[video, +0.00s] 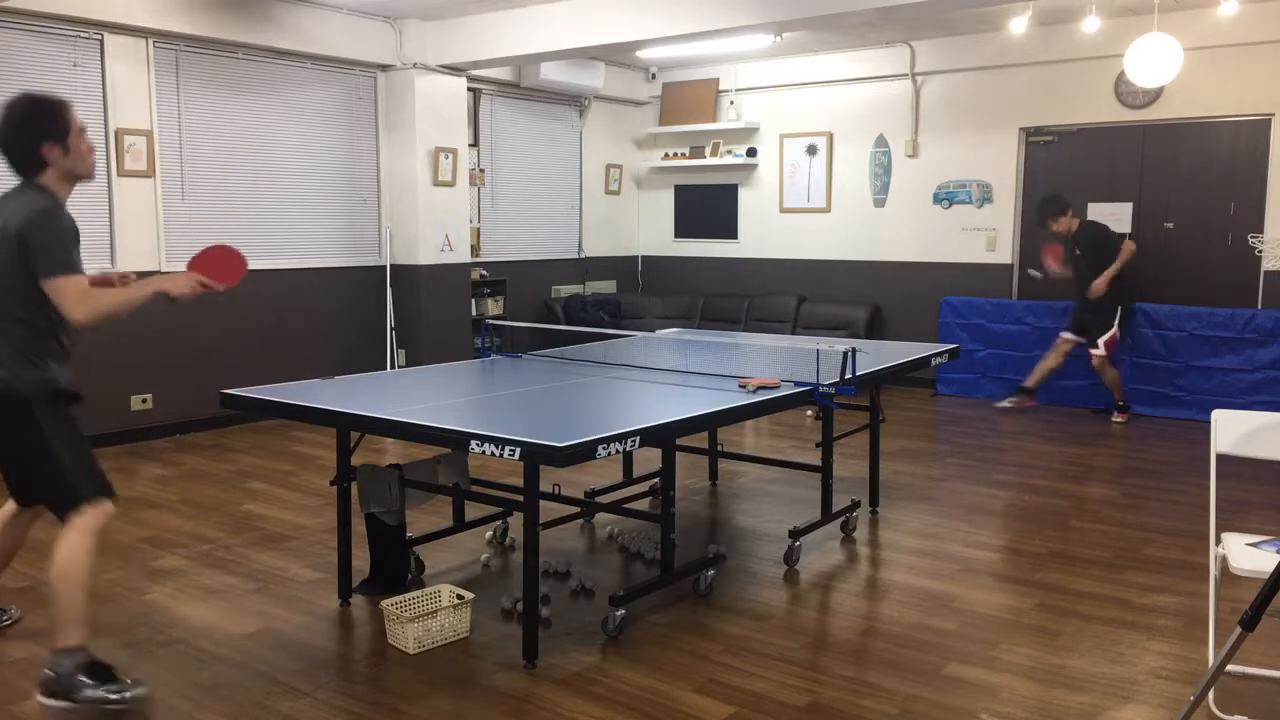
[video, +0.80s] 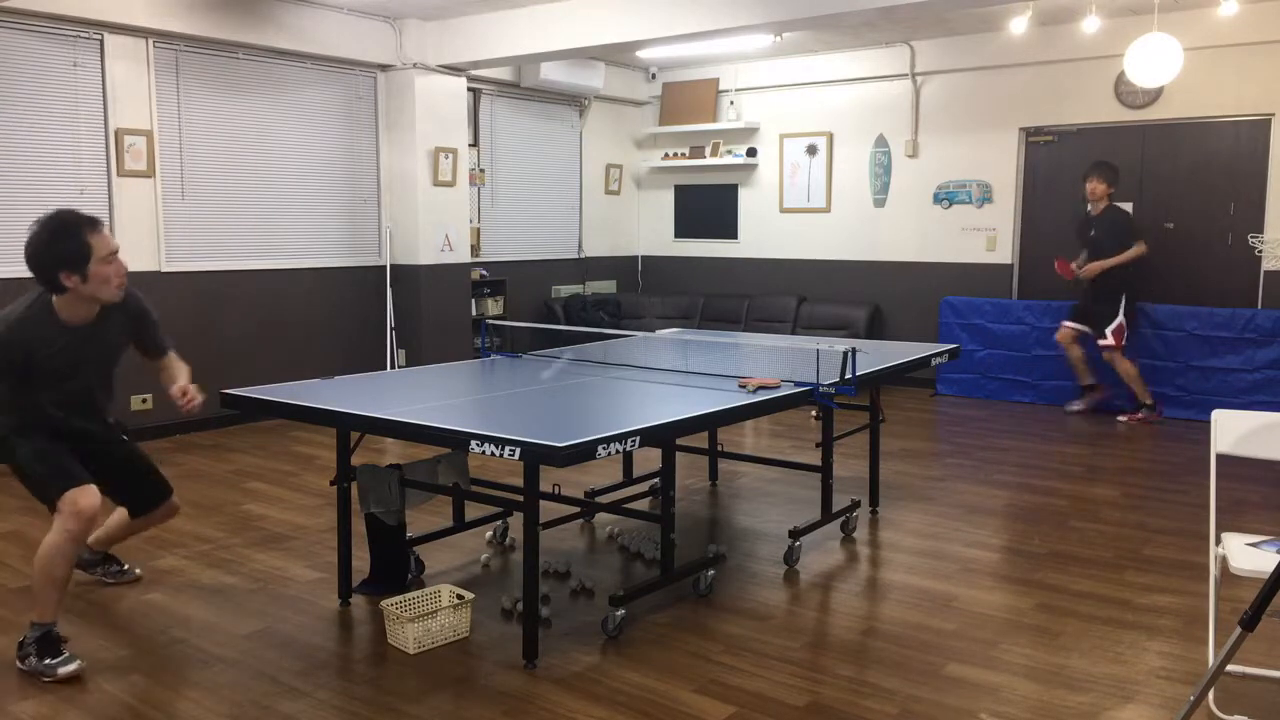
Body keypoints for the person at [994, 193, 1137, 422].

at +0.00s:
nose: (1055, 230)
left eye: (1055, 224)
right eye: (1051, 227)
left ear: (1065, 215)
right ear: (1053, 224)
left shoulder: (1093, 230)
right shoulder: (1071, 240)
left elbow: (1129, 247)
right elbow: (1082, 269)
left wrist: (1106, 277)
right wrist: (1059, 271)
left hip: (1111, 303)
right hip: (1088, 302)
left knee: (1099, 360)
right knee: (1061, 346)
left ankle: (1122, 405)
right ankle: (1025, 392)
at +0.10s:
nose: (1049, 231)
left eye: (1049, 225)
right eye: (1045, 228)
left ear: (1062, 215)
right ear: (1059, 218)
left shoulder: (1084, 228)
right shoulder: (1076, 237)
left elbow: (1120, 236)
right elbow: (1096, 278)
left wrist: (1118, 274)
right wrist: (1094, 312)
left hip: (1123, 292)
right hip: (1106, 296)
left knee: (1114, 348)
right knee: (1098, 346)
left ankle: (1130, 404)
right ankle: (1079, 398)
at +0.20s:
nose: (1046, 224)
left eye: (1049, 218)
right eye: (1043, 221)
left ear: (1065, 214)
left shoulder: (1080, 230)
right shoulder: (1077, 240)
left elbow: (1116, 230)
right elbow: (1109, 275)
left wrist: (1131, 261)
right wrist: (1102, 313)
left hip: (1140, 284)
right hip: (1129, 287)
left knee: (1136, 345)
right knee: (1131, 344)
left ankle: (1148, 408)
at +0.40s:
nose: (1064, 210)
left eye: (1068, 204)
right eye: (1062, 206)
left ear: (1085, 205)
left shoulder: (1090, 225)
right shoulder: (1094, 228)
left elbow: (1115, 238)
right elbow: (1117, 270)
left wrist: (1130, 270)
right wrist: (1101, 297)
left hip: (1136, 291)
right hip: (1133, 292)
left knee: (1137, 348)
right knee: (1135, 348)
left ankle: (1147, 410)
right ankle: (1139, 404)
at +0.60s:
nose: (1082, 190)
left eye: (1087, 184)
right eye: (1081, 185)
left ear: (1103, 188)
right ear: (1092, 189)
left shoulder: (1108, 212)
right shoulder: (1100, 214)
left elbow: (1132, 233)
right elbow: (1113, 254)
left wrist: (1108, 267)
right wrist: (1089, 272)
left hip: (1130, 290)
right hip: (1120, 290)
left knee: (1130, 347)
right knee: (1107, 344)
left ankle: (1148, 411)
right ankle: (1133, 402)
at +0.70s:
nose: (1089, 186)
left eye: (1096, 181)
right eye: (1087, 181)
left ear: (1109, 186)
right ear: (1084, 185)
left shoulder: (1117, 212)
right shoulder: (1095, 217)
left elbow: (1142, 238)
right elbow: (1105, 252)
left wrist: (1105, 262)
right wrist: (1083, 267)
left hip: (1124, 288)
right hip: (1107, 287)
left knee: (1123, 347)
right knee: (1083, 341)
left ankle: (1149, 410)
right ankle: (1120, 390)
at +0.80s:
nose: (1092, 187)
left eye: (1098, 182)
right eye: (1089, 181)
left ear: (1110, 189)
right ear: (1084, 186)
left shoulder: (1119, 216)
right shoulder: (1087, 220)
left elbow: (1140, 247)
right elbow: (1090, 250)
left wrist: (1102, 265)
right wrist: (1075, 266)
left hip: (1116, 292)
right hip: (1094, 291)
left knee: (1111, 352)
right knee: (1065, 337)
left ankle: (1148, 405)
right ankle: (1091, 389)